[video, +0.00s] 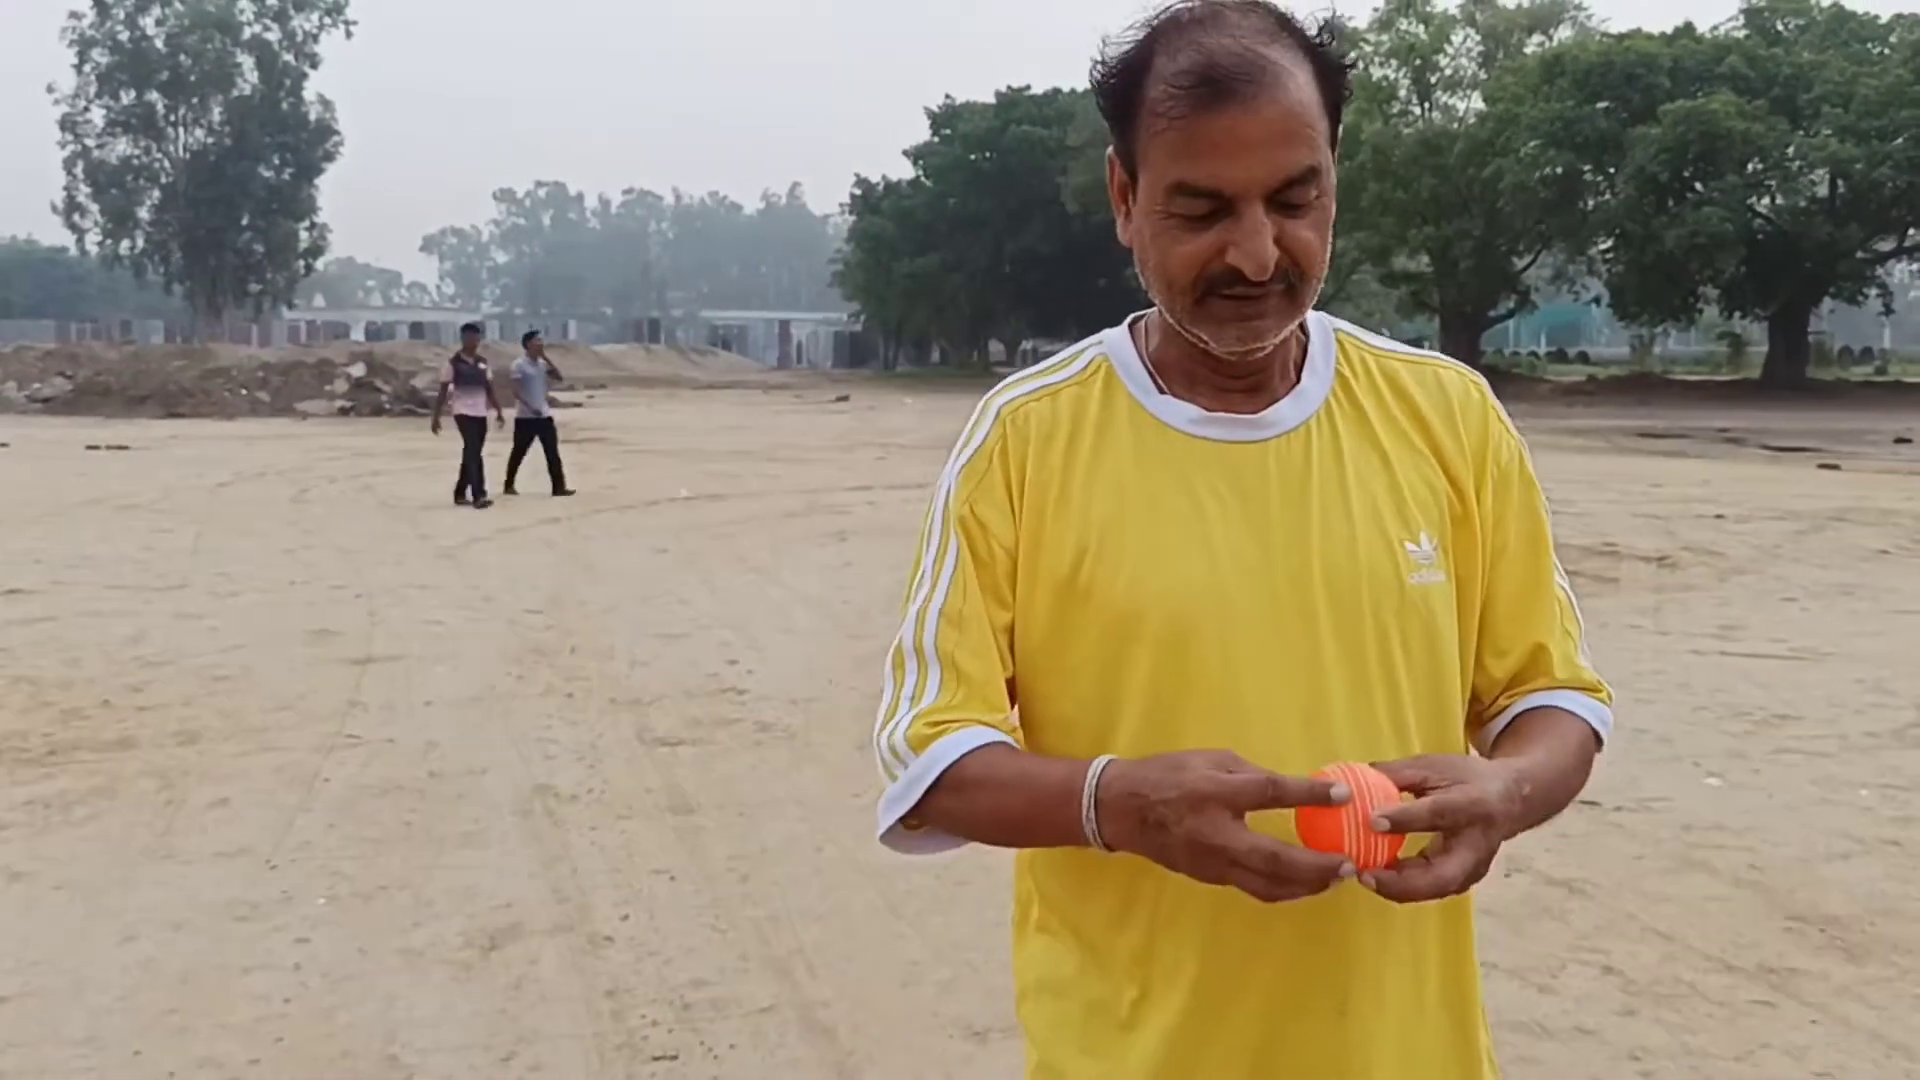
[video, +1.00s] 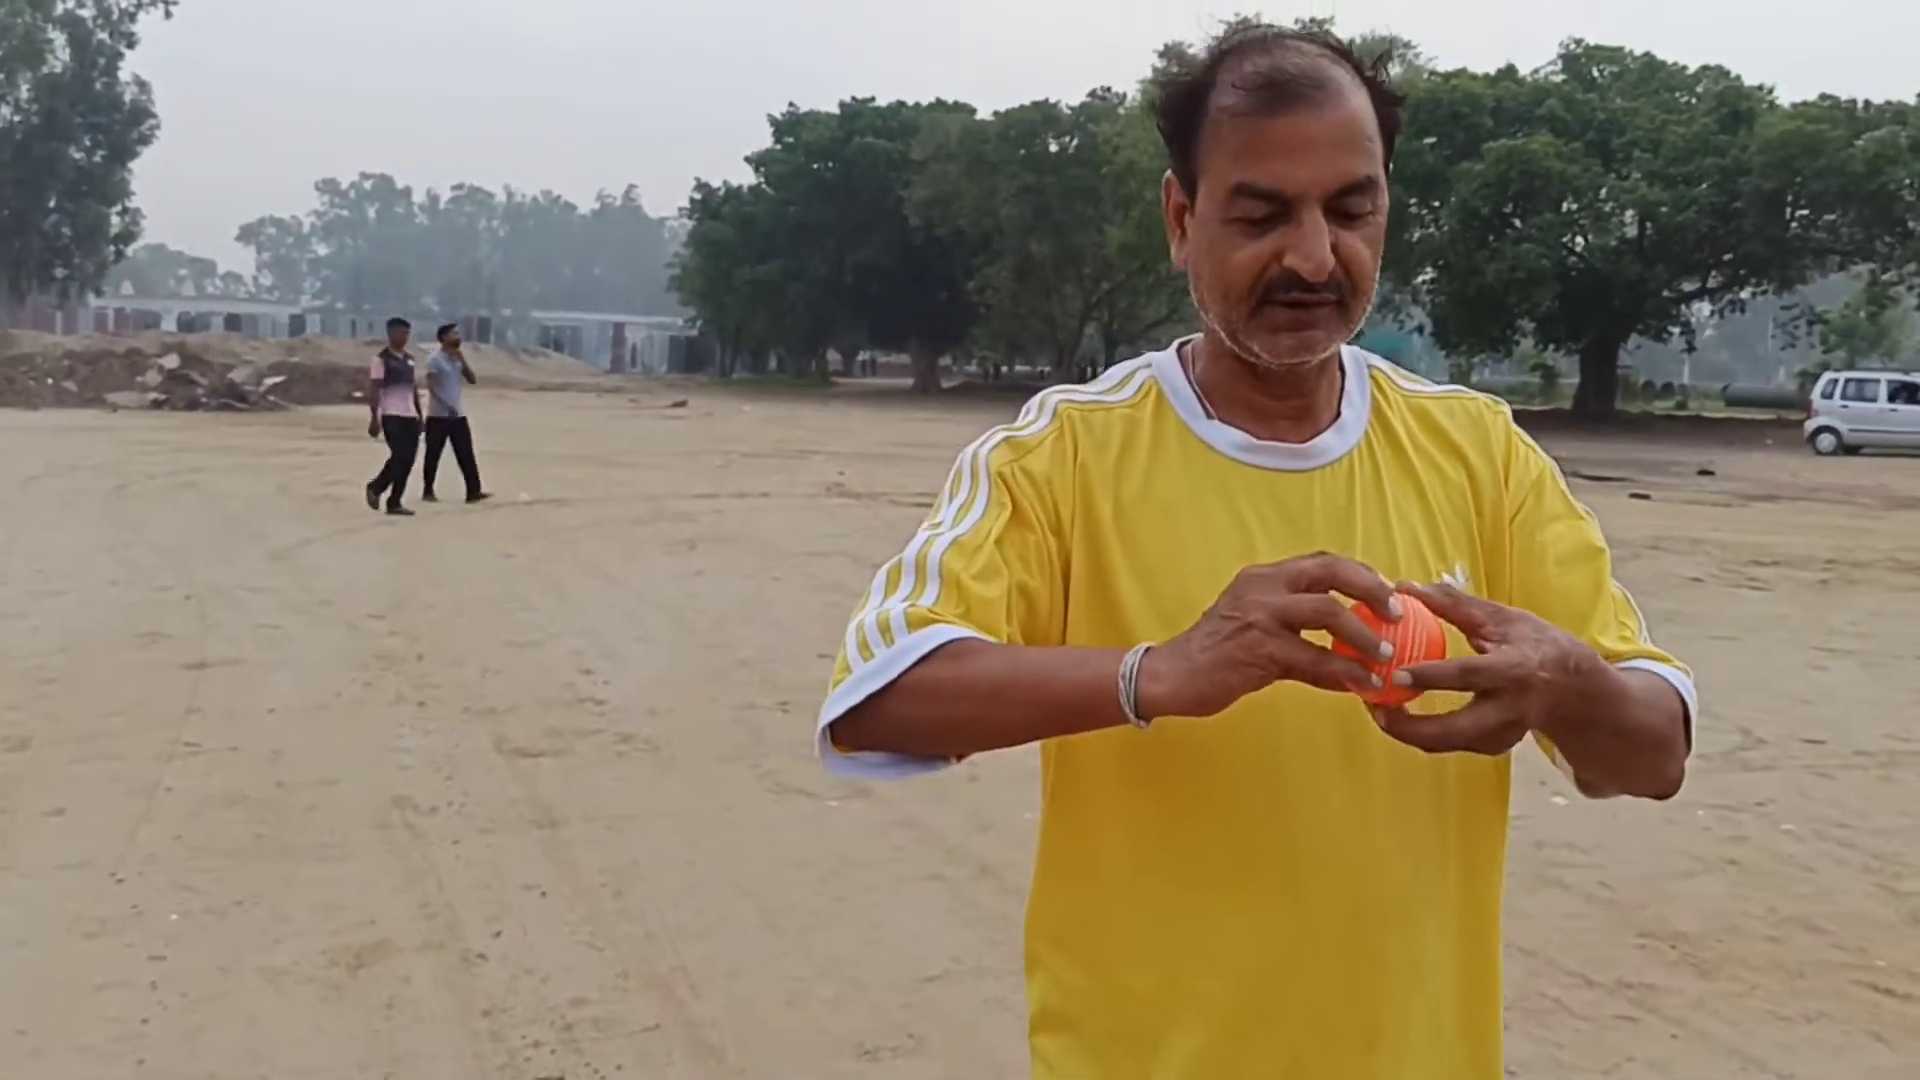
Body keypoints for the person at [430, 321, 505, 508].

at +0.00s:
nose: (474, 343)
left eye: (477, 339)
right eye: (471, 339)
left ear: (480, 340)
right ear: (463, 340)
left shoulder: (483, 363)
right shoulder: (452, 363)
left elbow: (489, 388)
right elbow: (443, 390)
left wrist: (498, 410)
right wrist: (436, 416)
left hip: (481, 412)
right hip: (463, 411)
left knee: (472, 452)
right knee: (473, 452)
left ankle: (460, 490)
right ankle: (478, 494)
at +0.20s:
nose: (473, 345)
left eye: (475, 341)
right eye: (469, 341)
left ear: (477, 342)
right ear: (462, 342)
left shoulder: (482, 364)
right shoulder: (453, 365)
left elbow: (489, 391)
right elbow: (445, 392)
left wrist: (500, 414)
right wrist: (438, 419)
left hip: (481, 414)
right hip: (464, 414)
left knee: (469, 456)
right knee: (474, 455)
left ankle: (449, 489)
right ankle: (482, 495)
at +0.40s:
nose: (451, 340)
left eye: (452, 337)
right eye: (447, 337)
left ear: (454, 338)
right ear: (438, 338)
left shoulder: (459, 361)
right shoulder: (430, 364)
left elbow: (466, 388)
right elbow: (430, 393)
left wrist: (473, 411)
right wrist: (435, 417)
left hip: (461, 414)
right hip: (443, 415)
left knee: (468, 453)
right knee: (443, 458)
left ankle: (443, 480)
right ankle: (445, 498)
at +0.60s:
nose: (425, 342)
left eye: (427, 337)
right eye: (421, 338)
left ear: (430, 339)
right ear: (412, 339)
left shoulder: (433, 362)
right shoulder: (405, 363)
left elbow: (439, 391)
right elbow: (408, 392)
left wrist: (444, 413)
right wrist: (431, 410)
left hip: (434, 418)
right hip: (413, 418)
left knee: (443, 463)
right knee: (408, 462)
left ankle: (449, 500)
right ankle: (404, 500)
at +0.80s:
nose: (411, 338)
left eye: (413, 334)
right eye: (407, 334)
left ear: (415, 335)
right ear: (398, 335)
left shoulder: (417, 359)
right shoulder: (390, 360)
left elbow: (418, 389)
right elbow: (389, 391)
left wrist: (427, 401)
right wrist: (411, 411)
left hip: (419, 417)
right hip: (399, 417)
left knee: (425, 461)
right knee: (389, 457)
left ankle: (425, 498)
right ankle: (367, 491)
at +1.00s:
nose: (404, 338)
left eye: (406, 334)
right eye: (400, 333)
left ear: (408, 335)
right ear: (390, 334)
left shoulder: (409, 359)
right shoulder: (380, 359)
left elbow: (413, 389)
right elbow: (374, 390)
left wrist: (419, 414)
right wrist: (374, 418)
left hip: (410, 413)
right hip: (391, 412)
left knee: (408, 459)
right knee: (400, 455)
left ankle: (395, 500)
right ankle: (375, 487)